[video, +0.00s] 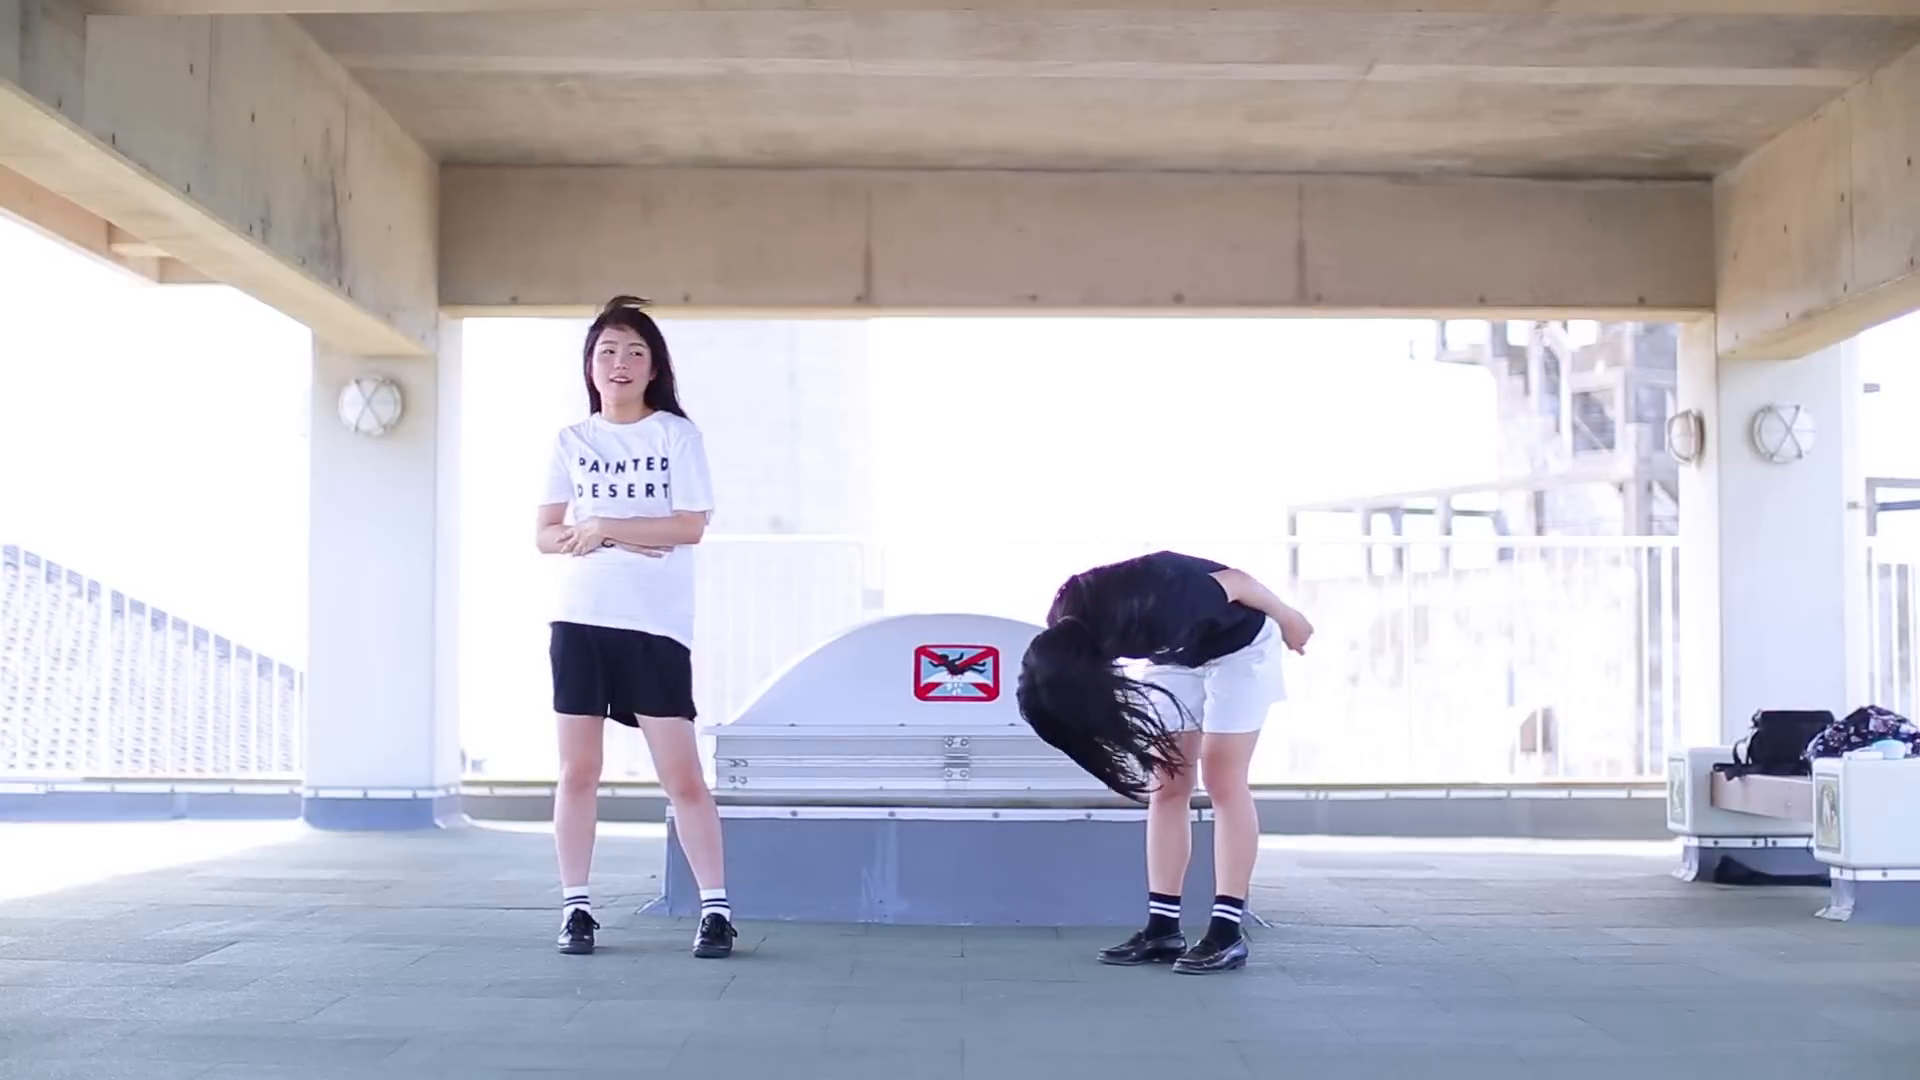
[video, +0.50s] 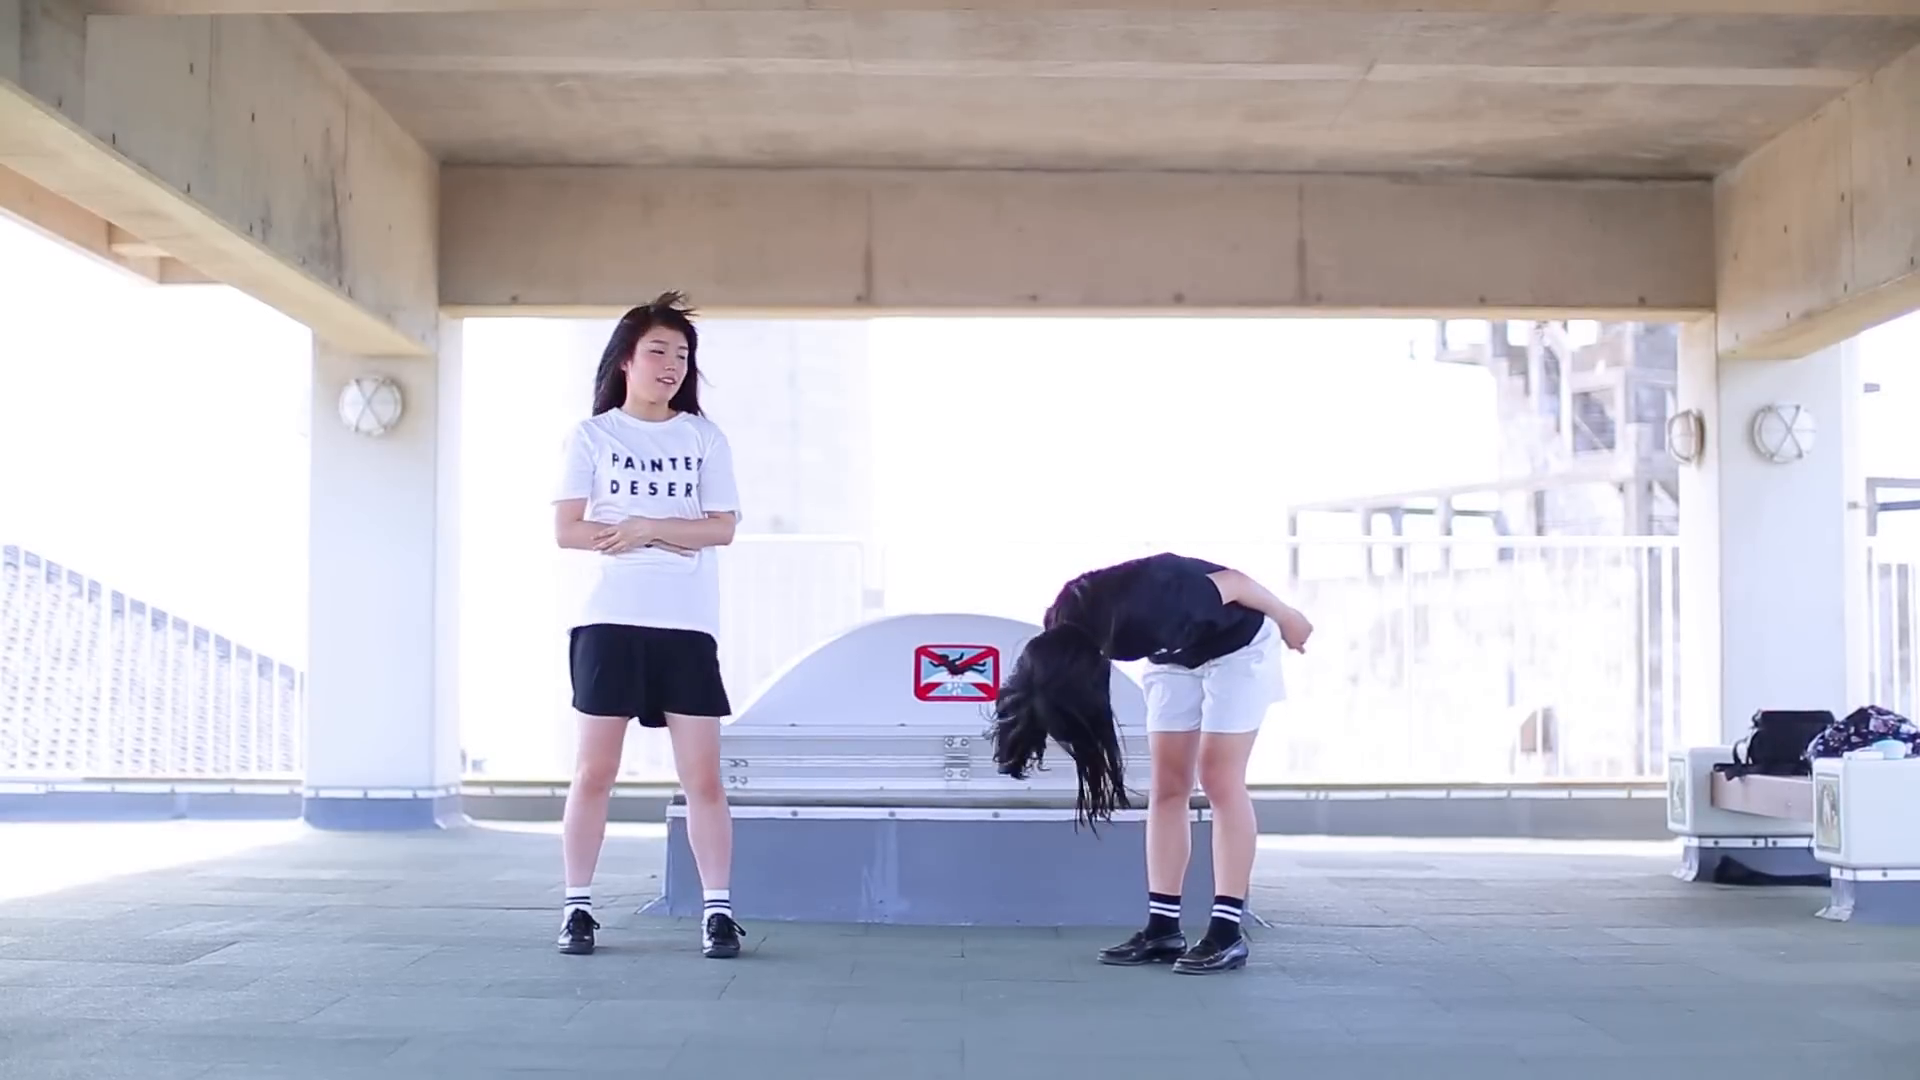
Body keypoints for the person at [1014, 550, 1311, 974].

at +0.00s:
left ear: (1093, 669)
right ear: (1042, 667)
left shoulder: (1163, 610)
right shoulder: (1060, 620)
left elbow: (1238, 582)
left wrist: (1288, 618)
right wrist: (1148, 746)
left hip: (1241, 643)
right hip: (1172, 654)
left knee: (1224, 780)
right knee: (1167, 784)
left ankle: (1226, 934)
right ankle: (1163, 929)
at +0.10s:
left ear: (1091, 667)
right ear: (1045, 665)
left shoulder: (1155, 608)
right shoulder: (1059, 624)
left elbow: (1238, 582)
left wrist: (1289, 619)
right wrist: (1147, 755)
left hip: (1240, 644)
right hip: (1170, 654)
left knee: (1224, 779)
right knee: (1166, 783)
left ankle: (1226, 934)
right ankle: (1163, 929)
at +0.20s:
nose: (1088, 717)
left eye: (1086, 710)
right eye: (1076, 718)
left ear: (1092, 669)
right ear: (1043, 666)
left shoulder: (1159, 610)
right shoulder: (1060, 620)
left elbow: (1239, 582)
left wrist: (1289, 618)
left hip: (1240, 646)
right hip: (1170, 654)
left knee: (1224, 780)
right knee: (1166, 786)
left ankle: (1226, 934)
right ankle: (1163, 929)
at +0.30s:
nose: (1077, 736)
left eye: (1078, 724)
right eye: (1065, 732)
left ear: (1092, 677)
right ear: (1040, 669)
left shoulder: (1161, 610)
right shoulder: (1060, 618)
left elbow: (1238, 582)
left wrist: (1288, 617)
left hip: (1240, 646)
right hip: (1170, 655)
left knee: (1224, 782)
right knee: (1167, 789)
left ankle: (1226, 934)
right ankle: (1162, 929)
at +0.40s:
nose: (1079, 728)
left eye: (1079, 717)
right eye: (1066, 724)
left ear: (1093, 672)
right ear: (1039, 669)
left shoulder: (1161, 610)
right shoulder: (1057, 630)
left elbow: (1239, 582)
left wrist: (1288, 617)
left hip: (1240, 645)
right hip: (1170, 655)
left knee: (1223, 781)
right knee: (1168, 786)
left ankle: (1226, 934)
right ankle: (1163, 929)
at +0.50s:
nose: (1075, 731)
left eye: (1075, 720)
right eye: (1063, 725)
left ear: (1089, 674)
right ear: (1038, 669)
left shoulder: (1157, 611)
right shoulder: (1062, 621)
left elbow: (1236, 583)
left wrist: (1287, 617)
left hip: (1238, 646)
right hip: (1169, 655)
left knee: (1222, 781)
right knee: (1167, 787)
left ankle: (1226, 934)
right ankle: (1162, 929)